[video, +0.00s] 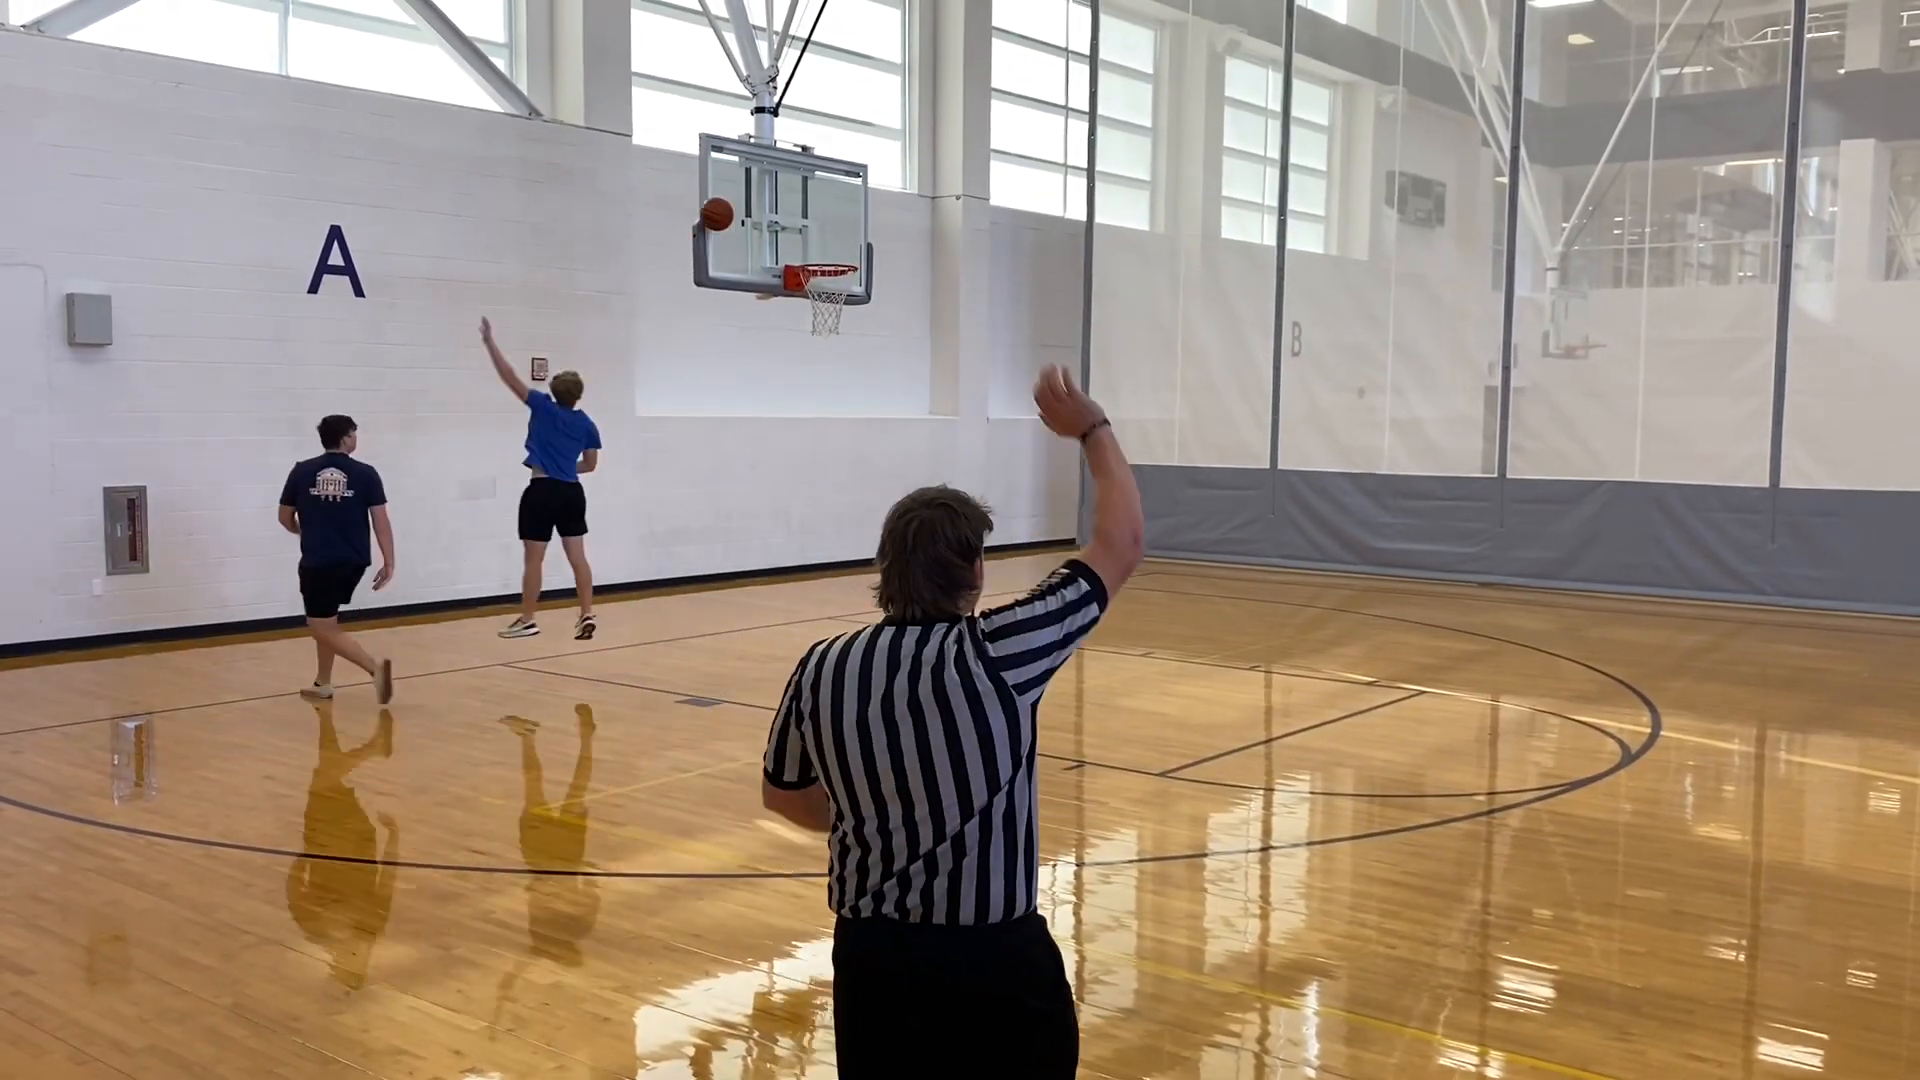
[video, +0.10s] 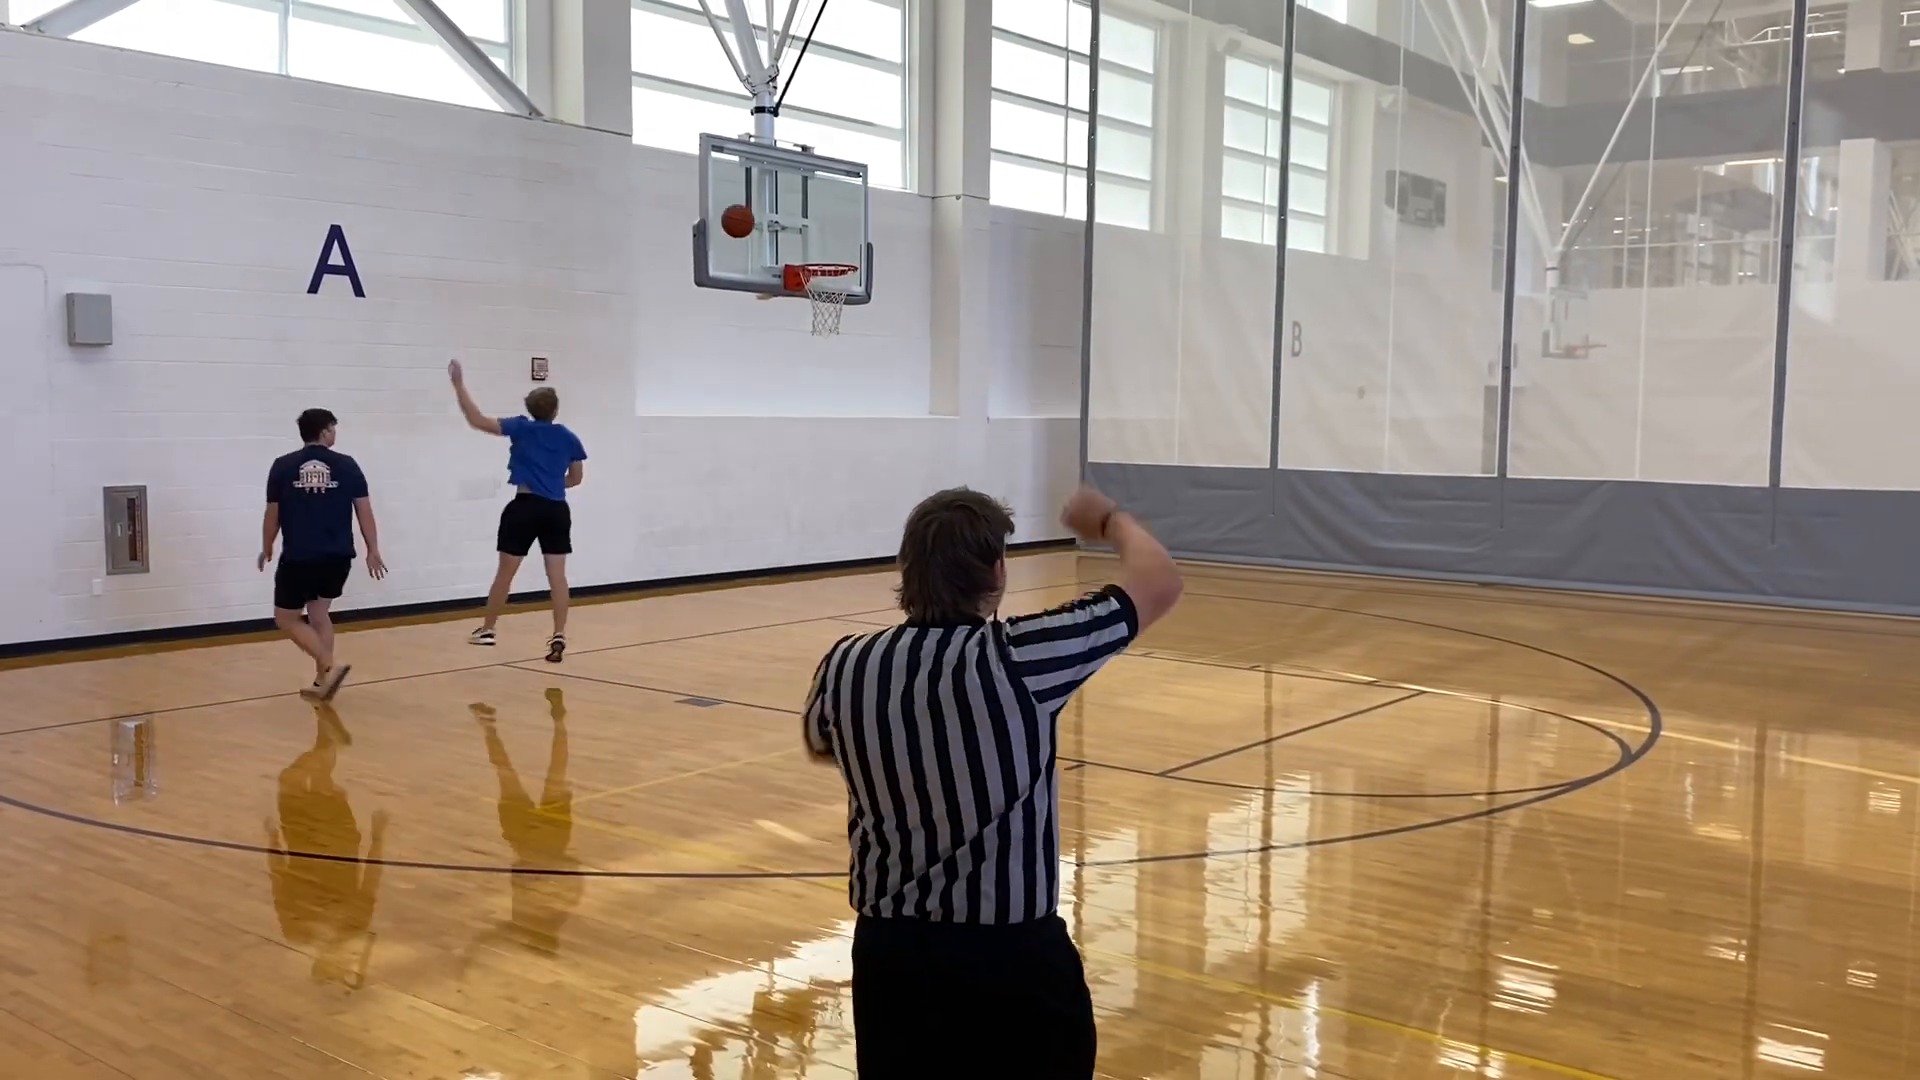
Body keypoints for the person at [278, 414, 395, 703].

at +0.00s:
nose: (357, 439)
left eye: (355, 434)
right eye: (354, 435)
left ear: (325, 440)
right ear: (346, 439)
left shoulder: (302, 470)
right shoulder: (365, 473)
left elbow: (285, 517)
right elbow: (380, 522)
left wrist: (307, 534)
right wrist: (389, 562)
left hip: (316, 559)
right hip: (353, 559)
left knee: (321, 628)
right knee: (326, 620)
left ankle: (375, 667)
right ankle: (323, 683)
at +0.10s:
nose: (335, 434)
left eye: (334, 429)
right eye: (333, 430)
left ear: (305, 434)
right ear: (325, 432)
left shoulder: (283, 465)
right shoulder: (345, 464)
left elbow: (273, 513)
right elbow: (364, 510)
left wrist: (267, 547)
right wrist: (373, 550)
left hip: (298, 556)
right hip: (337, 555)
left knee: (286, 618)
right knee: (319, 611)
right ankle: (322, 680)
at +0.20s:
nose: (315, 428)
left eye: (313, 423)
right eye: (313, 424)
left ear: (283, 427)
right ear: (305, 426)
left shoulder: (263, 460)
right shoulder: (325, 455)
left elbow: (251, 509)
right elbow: (350, 497)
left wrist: (239, 547)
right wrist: (358, 528)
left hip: (280, 550)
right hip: (320, 548)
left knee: (259, 605)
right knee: (313, 608)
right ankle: (323, 681)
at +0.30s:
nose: (293, 424)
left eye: (290, 419)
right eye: (291, 419)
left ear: (260, 425)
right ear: (287, 423)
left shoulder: (244, 458)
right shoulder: (306, 452)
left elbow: (228, 503)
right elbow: (336, 491)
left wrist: (212, 541)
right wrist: (337, 506)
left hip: (259, 549)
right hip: (302, 547)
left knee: (242, 606)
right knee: (303, 608)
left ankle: (238, 678)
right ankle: (320, 679)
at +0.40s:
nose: (241, 431)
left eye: (240, 427)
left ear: (240, 429)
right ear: (266, 426)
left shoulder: (225, 462)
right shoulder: (287, 457)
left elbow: (209, 507)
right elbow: (318, 492)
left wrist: (189, 544)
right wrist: (301, 488)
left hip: (237, 554)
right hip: (280, 551)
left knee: (228, 615)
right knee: (288, 609)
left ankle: (222, 680)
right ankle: (317, 674)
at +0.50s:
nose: (215, 436)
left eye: (214, 431)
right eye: (214, 432)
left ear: (221, 430)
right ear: (243, 429)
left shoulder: (208, 464)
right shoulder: (268, 459)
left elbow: (192, 513)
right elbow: (295, 499)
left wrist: (168, 547)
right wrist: (272, 485)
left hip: (217, 552)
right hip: (257, 550)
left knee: (215, 614)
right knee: (255, 605)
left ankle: (221, 680)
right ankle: (298, 659)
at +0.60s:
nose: (193, 435)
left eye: (194, 429)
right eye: (193, 430)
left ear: (203, 428)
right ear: (222, 427)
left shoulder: (194, 463)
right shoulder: (251, 457)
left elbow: (181, 514)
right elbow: (273, 501)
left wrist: (152, 543)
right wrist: (265, 518)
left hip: (205, 548)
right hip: (239, 546)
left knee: (209, 611)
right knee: (220, 601)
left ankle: (221, 680)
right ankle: (263, 647)